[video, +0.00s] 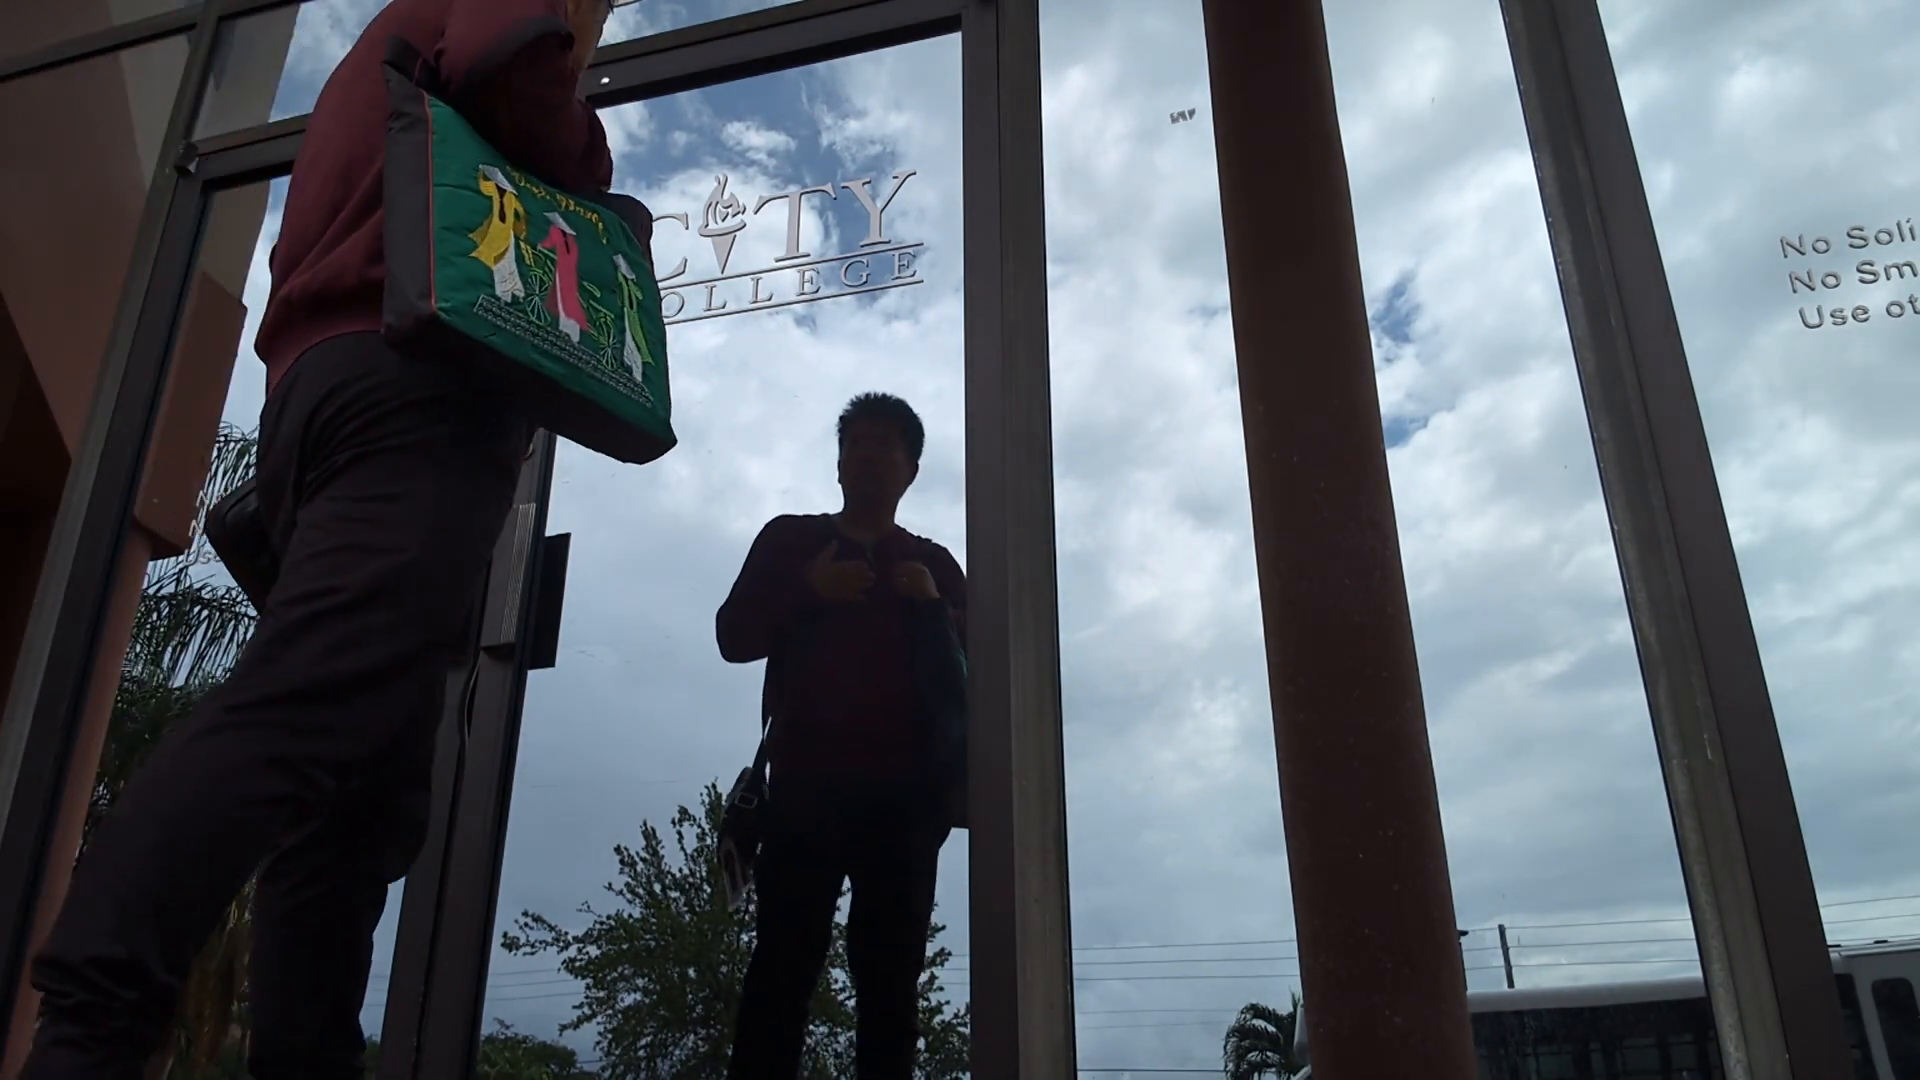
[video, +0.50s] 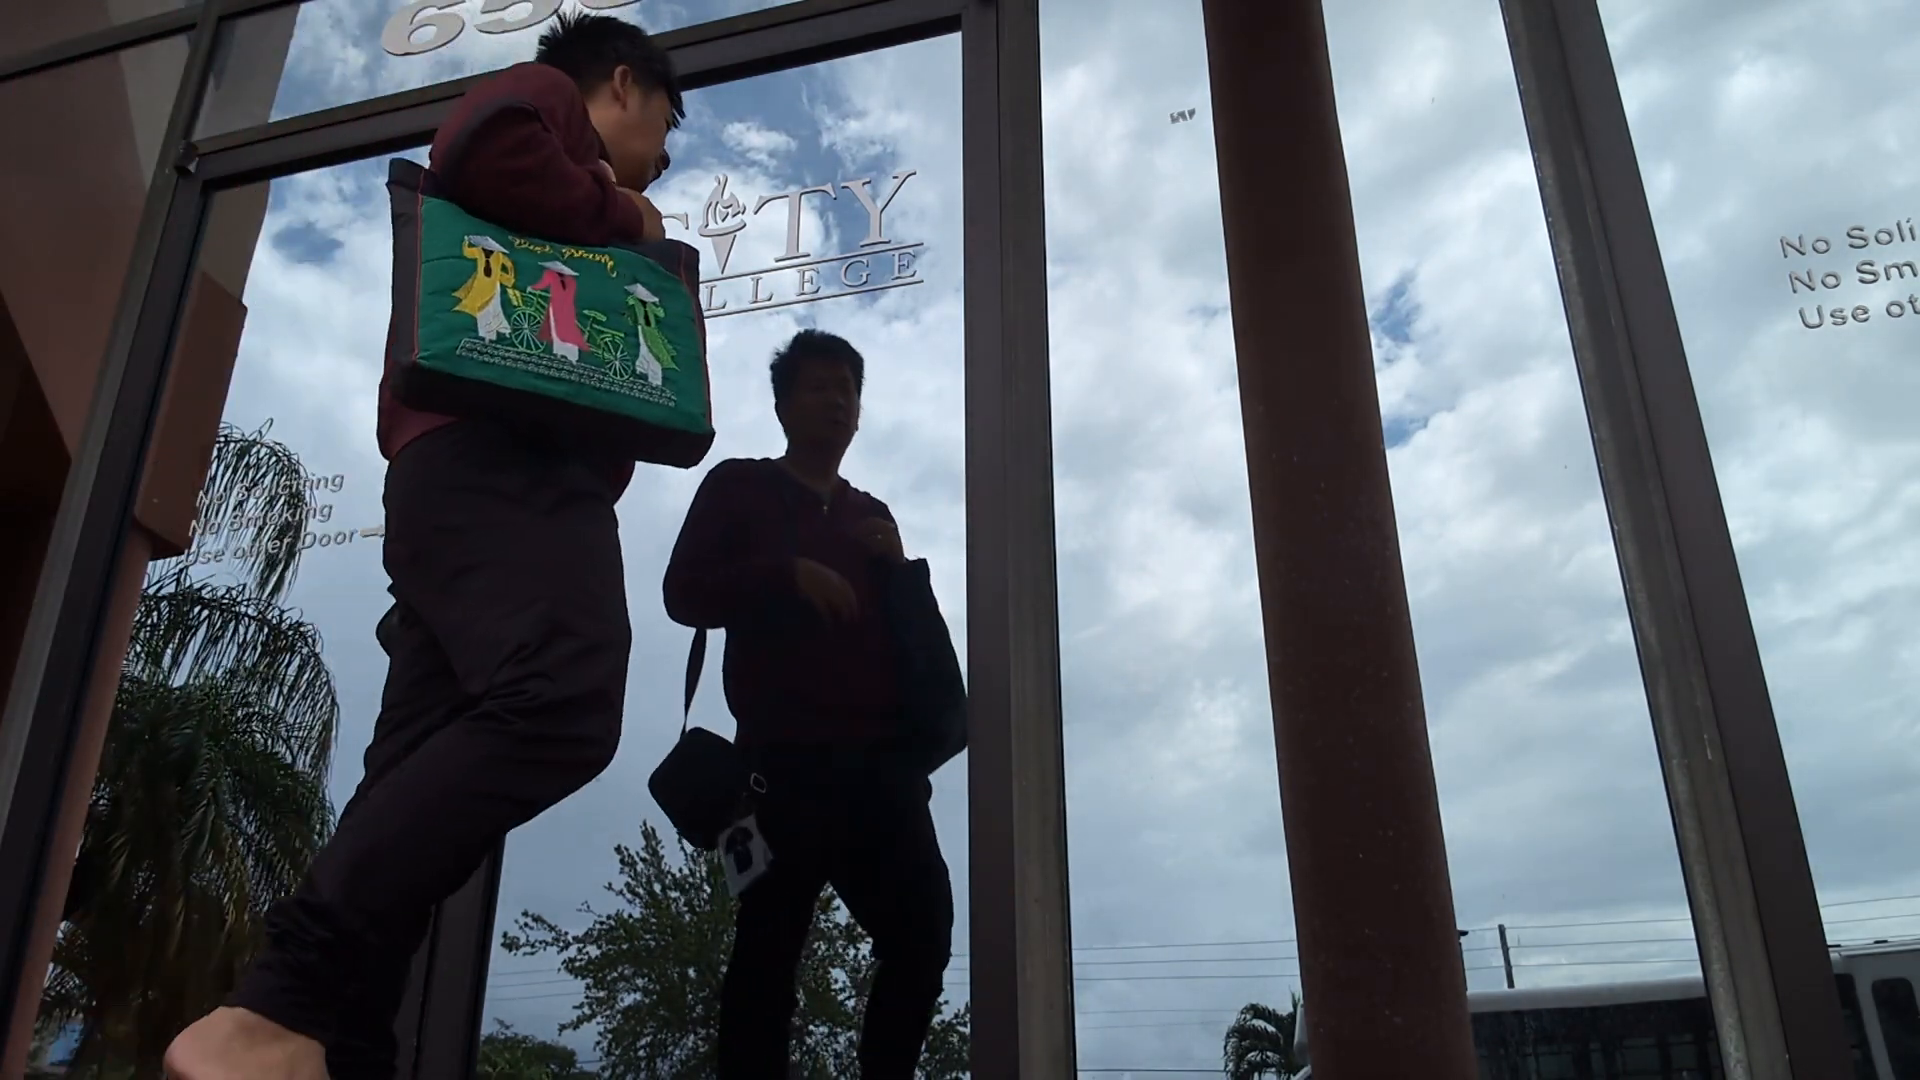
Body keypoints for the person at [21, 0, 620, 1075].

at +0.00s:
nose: (587, 54)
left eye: (589, 41)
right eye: (586, 33)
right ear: (557, 5)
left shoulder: (353, 89)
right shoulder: (483, 3)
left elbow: (305, 273)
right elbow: (504, 59)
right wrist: (588, 179)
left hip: (306, 413)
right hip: (413, 379)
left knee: (361, 804)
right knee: (293, 729)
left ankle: (303, 1059)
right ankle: (83, 1037)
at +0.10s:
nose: (606, 65)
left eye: (611, 49)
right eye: (608, 37)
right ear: (576, 5)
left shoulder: (395, 103)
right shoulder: (500, 11)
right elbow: (514, 83)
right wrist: (602, 185)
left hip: (340, 437)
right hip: (442, 400)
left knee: (381, 797)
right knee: (344, 722)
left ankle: (313, 1055)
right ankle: (99, 1035)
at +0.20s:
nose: (613, 97)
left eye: (617, 82)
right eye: (618, 67)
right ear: (587, 31)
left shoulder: (424, 128)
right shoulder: (523, 30)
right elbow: (514, 110)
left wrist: (619, 258)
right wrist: (614, 194)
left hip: (379, 447)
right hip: (463, 423)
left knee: (404, 785)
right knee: (388, 737)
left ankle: (320, 1057)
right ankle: (132, 1031)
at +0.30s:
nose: (630, 127)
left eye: (632, 112)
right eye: (631, 100)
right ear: (598, 56)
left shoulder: (441, 159)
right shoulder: (533, 59)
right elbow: (501, 126)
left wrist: (626, 270)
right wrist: (619, 205)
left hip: (405, 458)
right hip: (483, 443)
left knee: (393, 749)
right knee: (453, 737)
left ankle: (324, 1054)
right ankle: (165, 1019)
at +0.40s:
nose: (648, 148)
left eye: (654, 130)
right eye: (651, 119)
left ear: (601, 97)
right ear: (609, 79)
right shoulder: (537, 77)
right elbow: (479, 135)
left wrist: (654, 276)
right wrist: (618, 213)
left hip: (440, 465)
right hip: (489, 445)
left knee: (415, 752)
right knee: (525, 715)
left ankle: (335, 1057)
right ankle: (216, 1003)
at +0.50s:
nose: (661, 159)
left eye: (669, 142)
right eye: (666, 129)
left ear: (611, 106)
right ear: (619, 86)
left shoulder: (579, 203)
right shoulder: (538, 91)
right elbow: (486, 155)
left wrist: (654, 272)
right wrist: (633, 223)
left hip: (476, 464)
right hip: (498, 452)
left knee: (417, 755)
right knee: (555, 714)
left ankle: (344, 1046)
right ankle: (270, 1020)